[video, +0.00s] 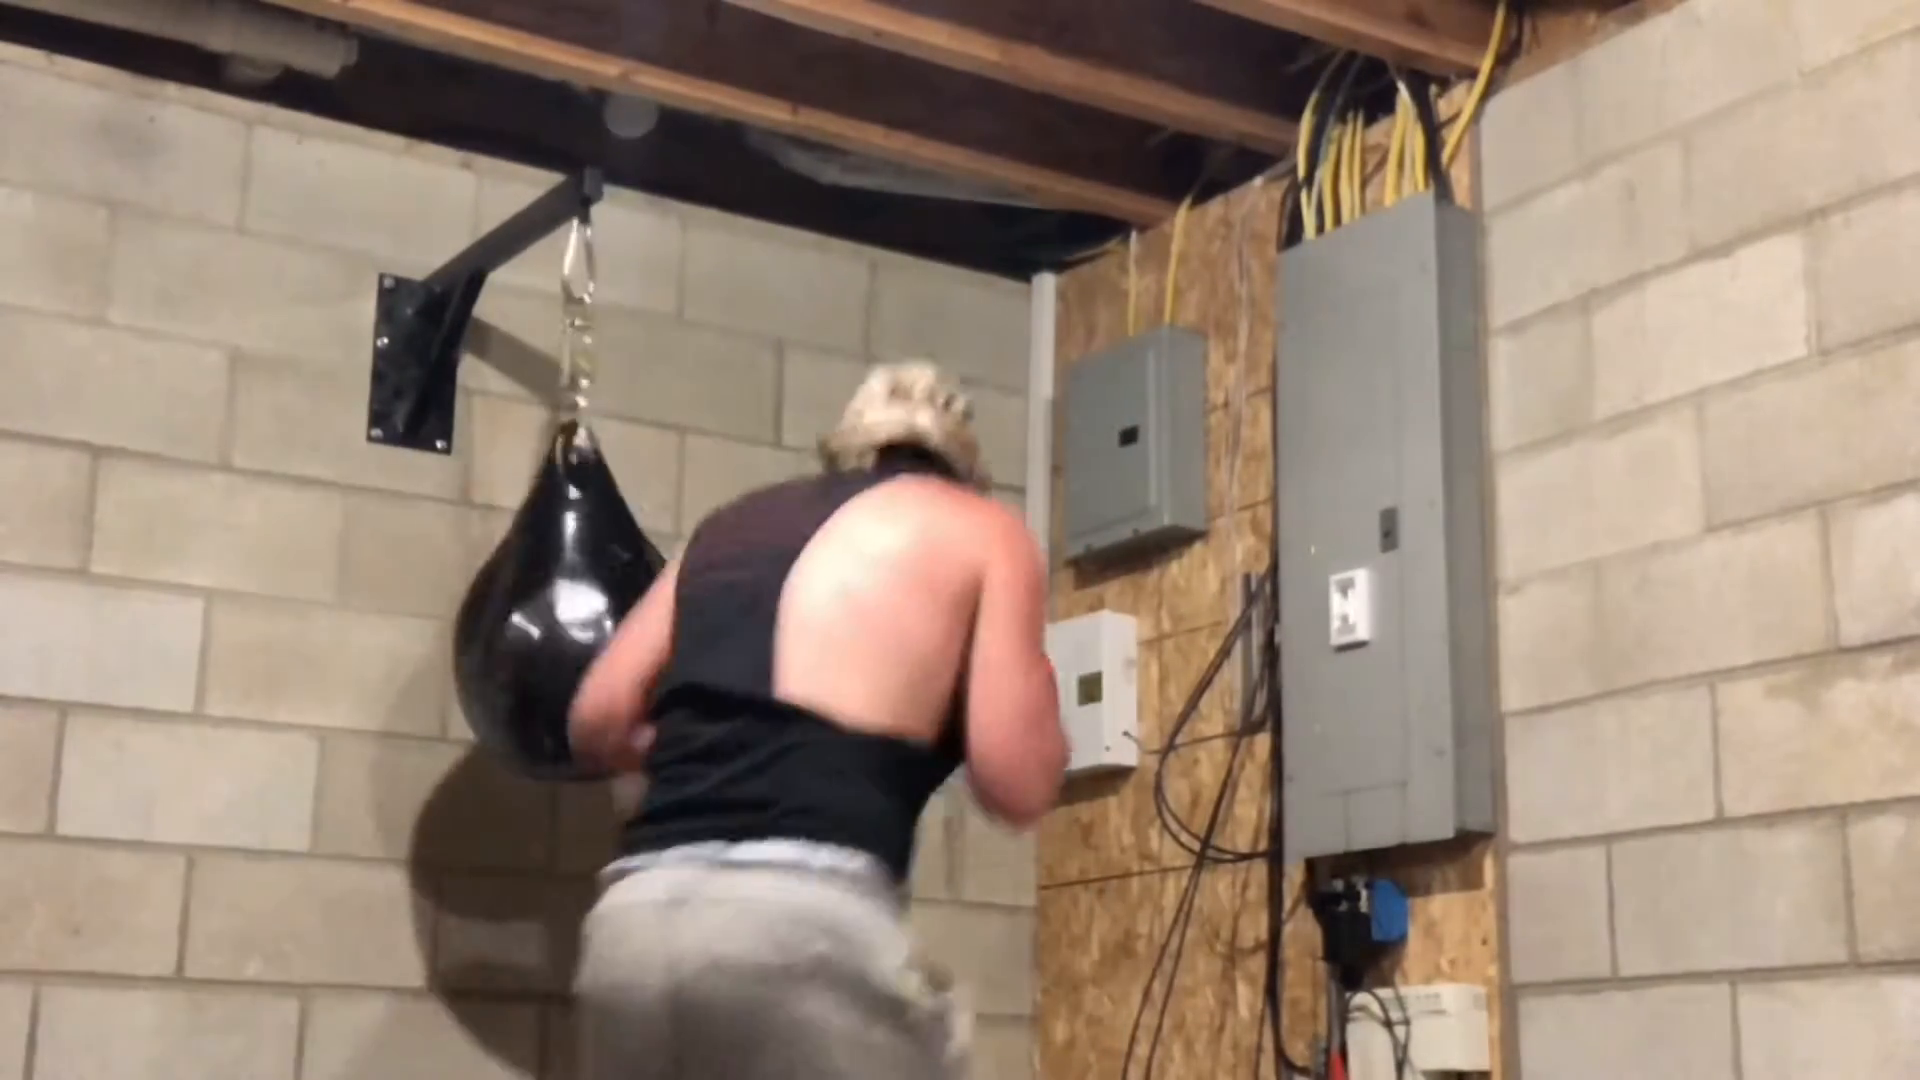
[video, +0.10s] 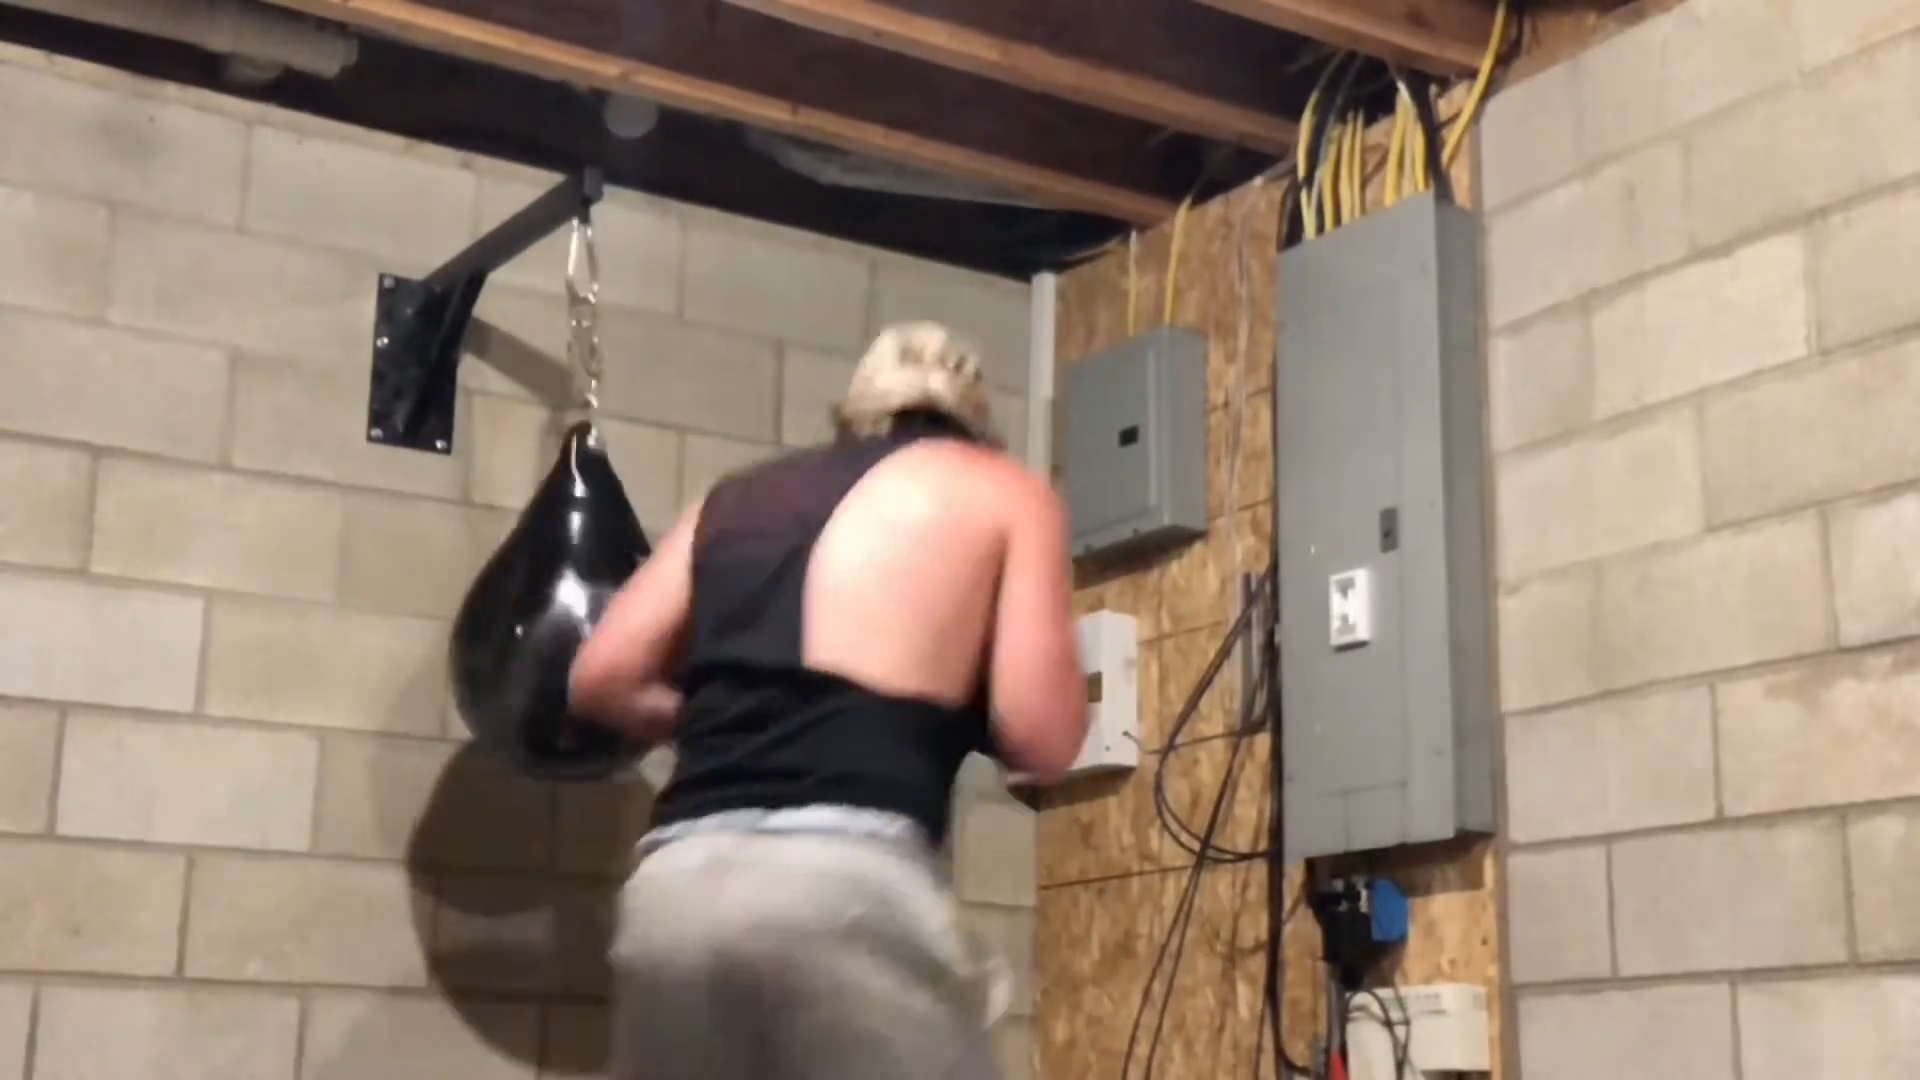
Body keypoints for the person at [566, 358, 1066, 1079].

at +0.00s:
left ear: (841, 447)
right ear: (966, 459)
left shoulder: (728, 524)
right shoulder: (987, 531)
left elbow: (597, 721)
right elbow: (1020, 786)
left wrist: (703, 734)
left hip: (629, 930)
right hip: (807, 942)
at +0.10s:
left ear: (850, 411)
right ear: (977, 413)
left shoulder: (731, 497)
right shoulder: (1008, 492)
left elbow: (601, 679)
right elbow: (1042, 740)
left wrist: (722, 707)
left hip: (674, 885)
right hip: (854, 889)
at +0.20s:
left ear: (861, 374)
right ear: (989, 376)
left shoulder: (746, 453)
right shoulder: (1044, 456)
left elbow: (626, 633)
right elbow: (1089, 699)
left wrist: (742, 679)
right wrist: (984, 691)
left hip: (719, 868)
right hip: (910, 869)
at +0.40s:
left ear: (848, 339)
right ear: (982, 344)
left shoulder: (770, 410)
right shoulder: (1078, 455)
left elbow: (654, 604)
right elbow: (1135, 714)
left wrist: (763, 639)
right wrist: (995, 663)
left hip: (790, 861)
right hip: (992, 869)